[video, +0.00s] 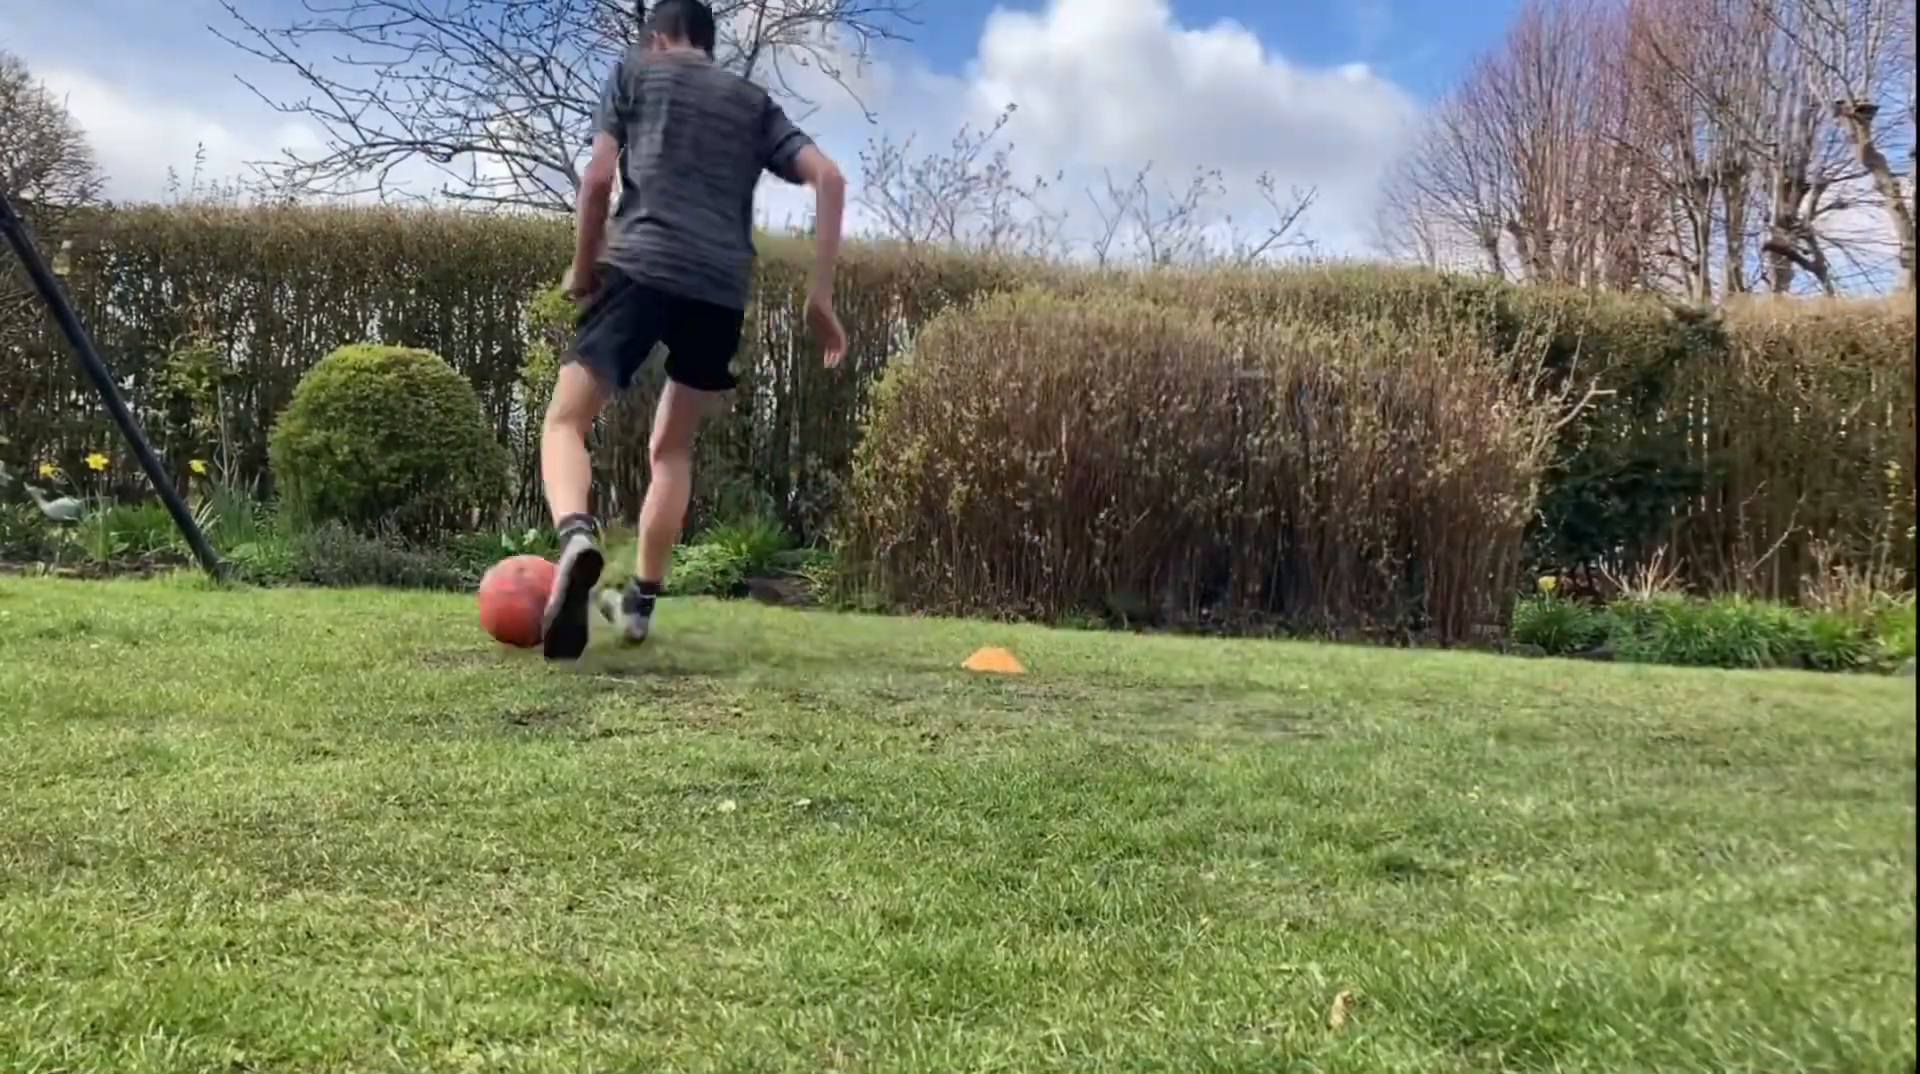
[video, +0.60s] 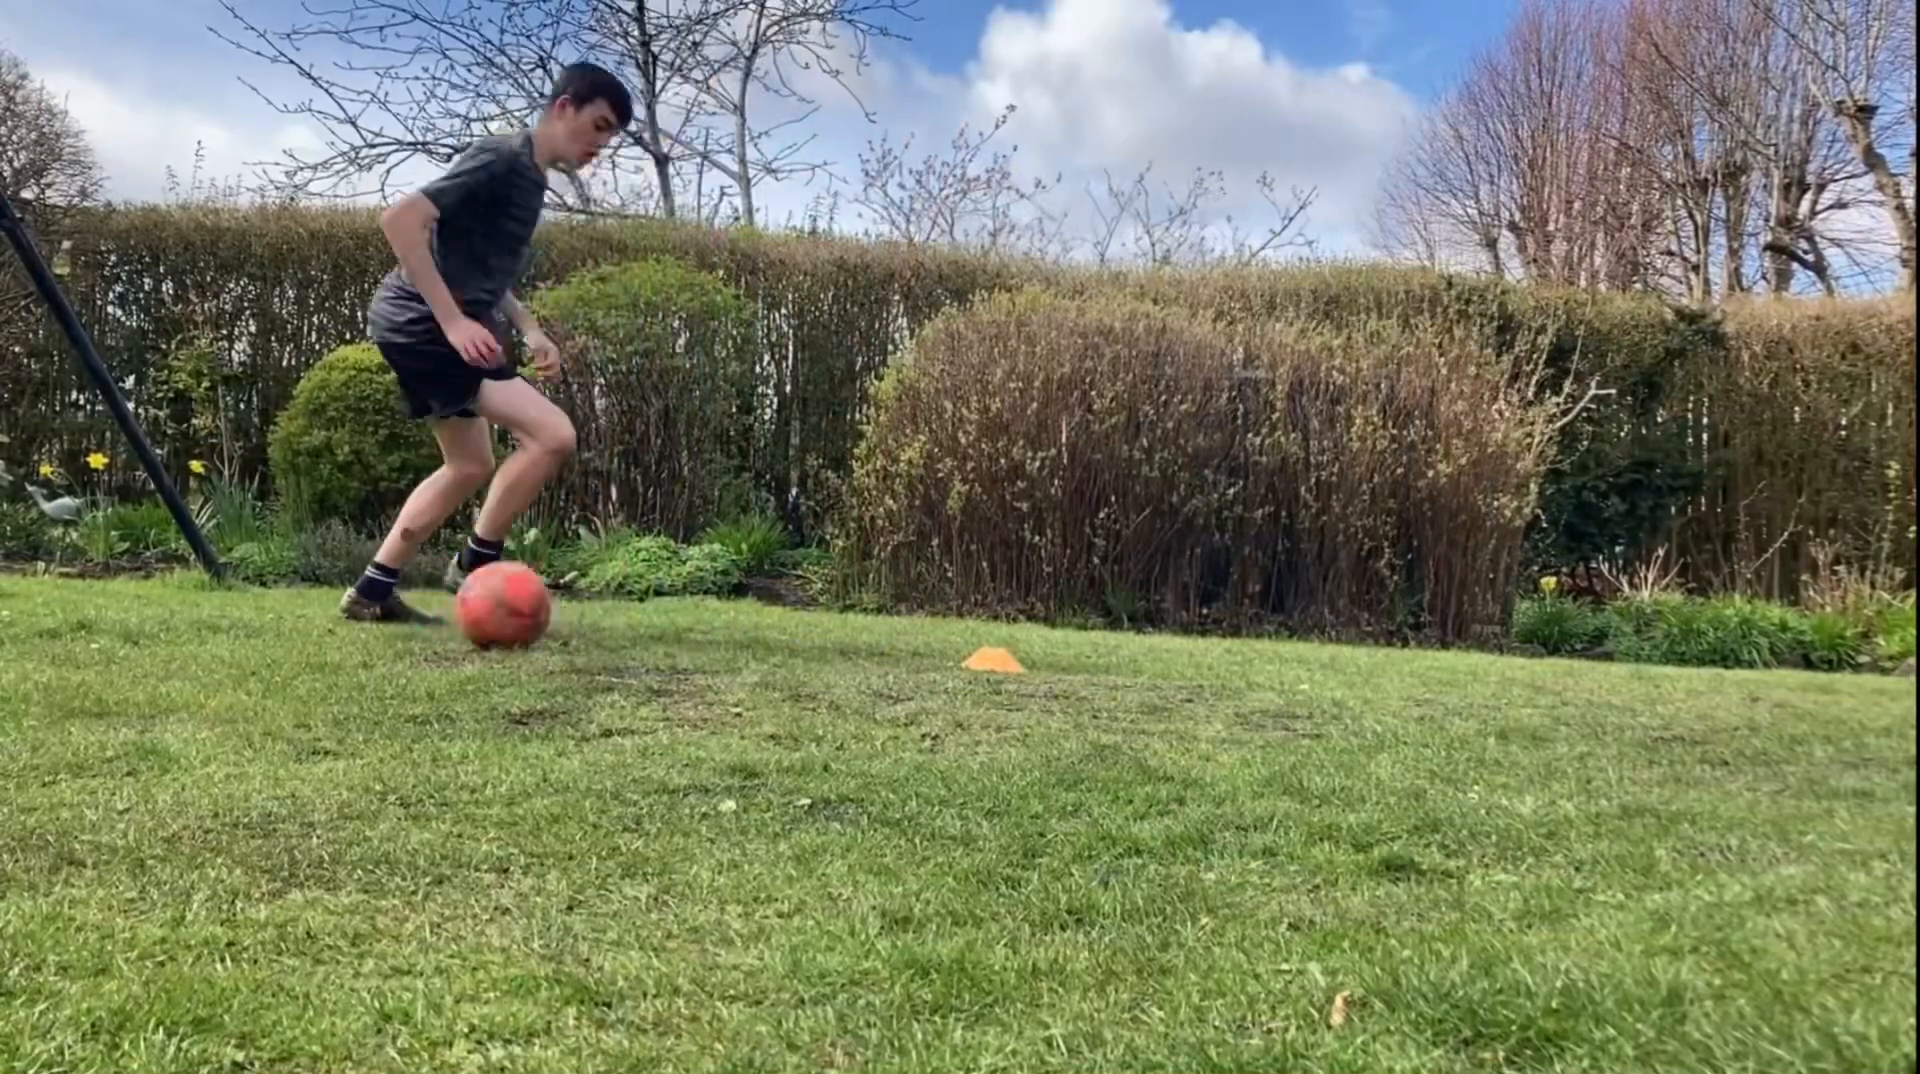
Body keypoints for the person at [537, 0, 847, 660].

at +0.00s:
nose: (646, 51)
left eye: (647, 41)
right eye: (650, 42)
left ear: (660, 36)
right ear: (711, 44)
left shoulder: (639, 69)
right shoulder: (754, 100)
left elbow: (597, 178)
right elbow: (831, 178)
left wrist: (583, 269)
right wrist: (821, 294)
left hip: (640, 272)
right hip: (721, 292)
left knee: (566, 421)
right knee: (672, 449)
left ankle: (576, 534)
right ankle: (641, 605)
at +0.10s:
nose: (627, 90)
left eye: (629, 81)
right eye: (633, 84)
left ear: (637, 80)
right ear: (687, 92)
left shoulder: (603, 112)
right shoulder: (713, 150)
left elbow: (562, 204)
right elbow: (765, 244)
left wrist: (552, 288)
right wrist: (752, 346)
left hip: (590, 305)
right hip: (667, 325)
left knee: (511, 414)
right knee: (617, 449)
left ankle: (442, 527)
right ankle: (610, 608)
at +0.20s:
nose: (663, 111)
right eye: (669, 104)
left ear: (622, 75)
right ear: (668, 98)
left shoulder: (576, 94)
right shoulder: (676, 147)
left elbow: (508, 157)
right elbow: (707, 263)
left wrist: (523, 233)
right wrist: (679, 339)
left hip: (531, 278)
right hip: (609, 306)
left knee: (480, 403)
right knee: (593, 436)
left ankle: (387, 534)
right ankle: (602, 588)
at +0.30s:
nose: (661, 131)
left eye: (662, 120)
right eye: (664, 119)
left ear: (619, 85)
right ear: (659, 106)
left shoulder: (551, 97)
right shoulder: (643, 153)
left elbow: (459, 132)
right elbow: (658, 266)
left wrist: (486, 196)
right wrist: (632, 309)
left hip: (462, 271)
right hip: (539, 292)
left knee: (489, 385)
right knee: (595, 413)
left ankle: (399, 509)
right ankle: (557, 573)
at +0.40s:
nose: (637, 162)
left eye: (647, 154)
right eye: (646, 148)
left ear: (612, 111)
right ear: (634, 118)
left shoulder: (513, 124)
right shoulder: (592, 160)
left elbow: (421, 172)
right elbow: (571, 250)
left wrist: (460, 228)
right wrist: (599, 308)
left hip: (422, 299)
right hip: (485, 311)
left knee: (458, 442)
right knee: (576, 449)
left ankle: (378, 579)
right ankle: (514, 593)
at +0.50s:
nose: (621, 175)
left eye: (629, 166)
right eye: (623, 159)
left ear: (586, 139)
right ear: (590, 136)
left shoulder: (516, 169)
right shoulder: (535, 179)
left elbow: (437, 245)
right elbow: (464, 250)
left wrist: (491, 328)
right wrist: (533, 327)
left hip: (402, 332)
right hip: (434, 337)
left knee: (469, 465)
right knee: (572, 448)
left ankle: (372, 589)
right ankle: (516, 588)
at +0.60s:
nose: (601, 144)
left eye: (610, 135)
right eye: (598, 126)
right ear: (562, 107)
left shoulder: (527, 177)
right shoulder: (499, 158)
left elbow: (487, 274)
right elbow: (403, 219)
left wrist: (529, 328)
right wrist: (453, 319)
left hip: (431, 329)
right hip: (422, 326)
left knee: (468, 465)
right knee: (552, 435)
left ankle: (373, 590)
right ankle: (477, 566)